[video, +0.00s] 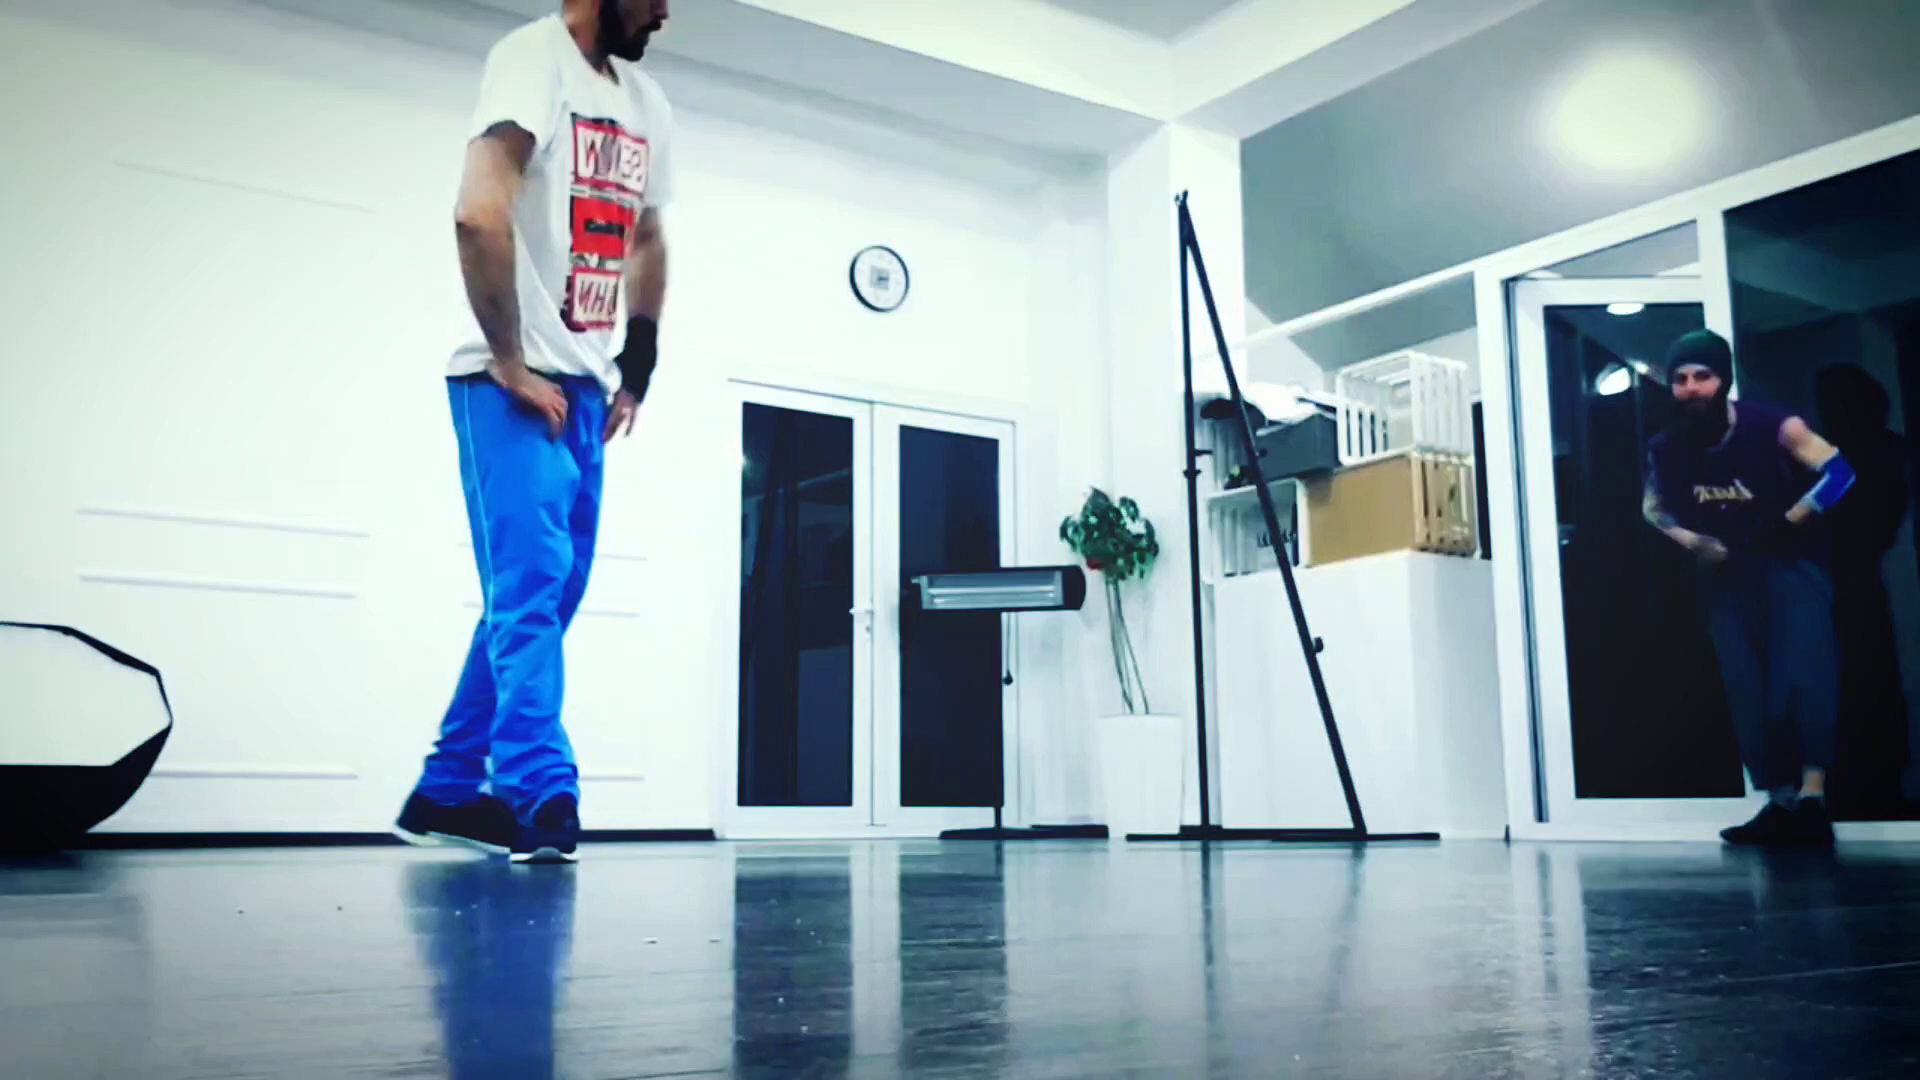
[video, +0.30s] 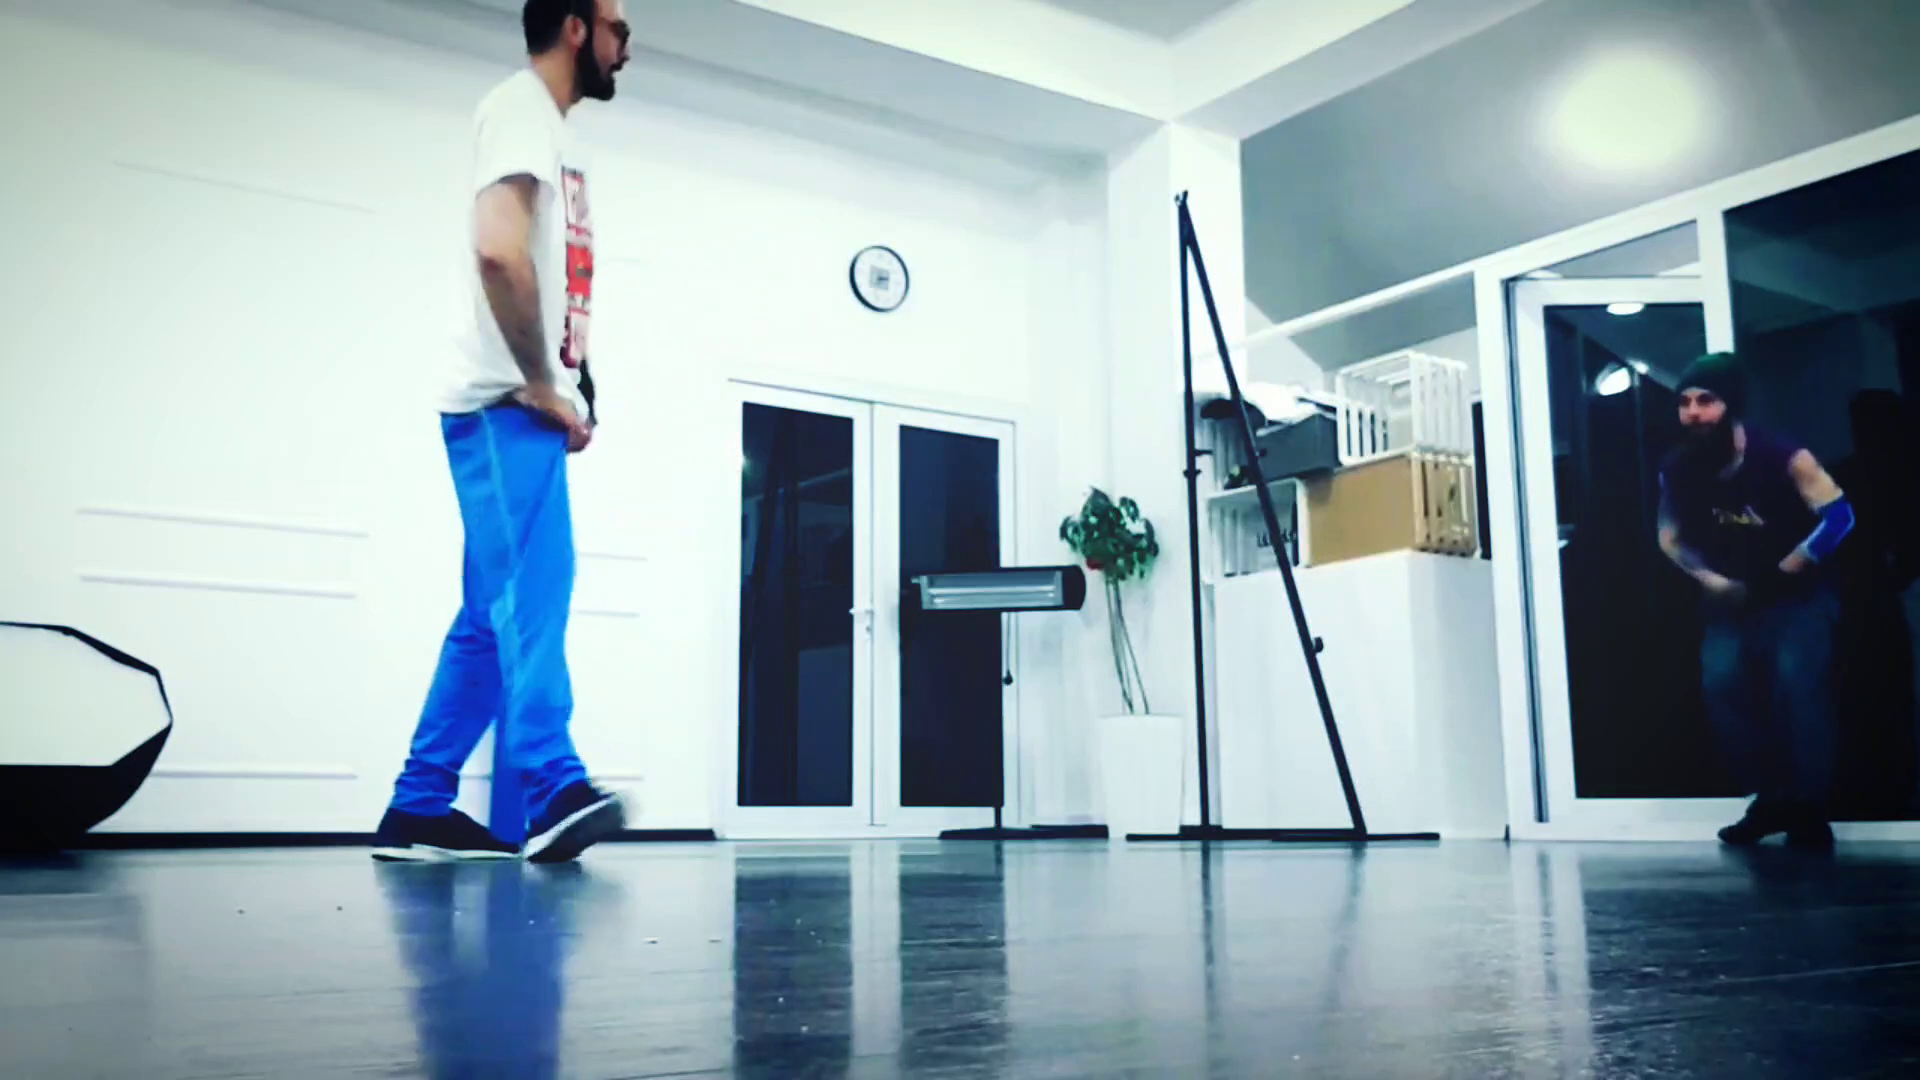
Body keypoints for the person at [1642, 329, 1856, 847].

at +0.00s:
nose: (1688, 388)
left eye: (1700, 377)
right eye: (1680, 379)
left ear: (1724, 381)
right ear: (1670, 387)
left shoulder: (1769, 425)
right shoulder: (1666, 449)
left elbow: (1839, 471)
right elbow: (1652, 510)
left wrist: (1801, 510)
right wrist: (1691, 539)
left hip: (1791, 570)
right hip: (1728, 577)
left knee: (1805, 674)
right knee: (1746, 687)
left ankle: (1812, 802)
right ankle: (1778, 804)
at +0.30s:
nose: (1690, 413)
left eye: (1702, 401)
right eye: (1684, 403)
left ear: (1731, 403)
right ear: (1677, 409)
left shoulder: (1781, 455)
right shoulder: (1679, 470)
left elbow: (1839, 514)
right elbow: (1668, 539)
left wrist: (1804, 555)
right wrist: (1707, 577)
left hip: (1793, 599)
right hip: (1731, 604)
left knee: (1798, 692)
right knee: (1722, 690)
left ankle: (1811, 814)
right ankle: (1768, 800)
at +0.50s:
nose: (1686, 450)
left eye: (1700, 438)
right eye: (1681, 438)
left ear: (1729, 444)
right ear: (1674, 442)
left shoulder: (1778, 494)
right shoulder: (1677, 505)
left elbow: (1821, 566)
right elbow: (1681, 583)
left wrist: (1773, 619)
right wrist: (1715, 632)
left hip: (1797, 618)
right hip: (1734, 624)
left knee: (1786, 685)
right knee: (1716, 689)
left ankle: (1806, 816)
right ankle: (1755, 810)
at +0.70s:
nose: (1682, 499)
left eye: (1696, 488)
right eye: (1678, 488)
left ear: (1725, 492)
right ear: (1672, 492)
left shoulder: (1776, 541)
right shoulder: (1678, 554)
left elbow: (1802, 621)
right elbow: (1687, 627)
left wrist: (1729, 660)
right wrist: (1723, 656)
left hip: (1792, 654)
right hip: (1737, 660)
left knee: (1768, 696)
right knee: (1702, 693)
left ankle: (1805, 818)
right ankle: (1753, 813)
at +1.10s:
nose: (1695, 566)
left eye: (1709, 556)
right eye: (1692, 555)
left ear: (1739, 559)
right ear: (1689, 555)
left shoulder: (1783, 602)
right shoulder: (1692, 606)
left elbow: (1781, 671)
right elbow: (1674, 671)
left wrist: (1707, 690)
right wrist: (1738, 677)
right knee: (1703, 711)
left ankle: (1803, 821)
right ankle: (1752, 815)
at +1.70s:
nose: (1692, 609)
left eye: (1705, 600)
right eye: (1690, 598)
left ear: (1737, 602)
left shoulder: (1787, 637)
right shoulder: (1693, 642)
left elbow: (1771, 700)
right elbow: (1692, 699)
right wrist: (1736, 679)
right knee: (1709, 723)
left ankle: (1808, 823)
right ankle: (1755, 818)